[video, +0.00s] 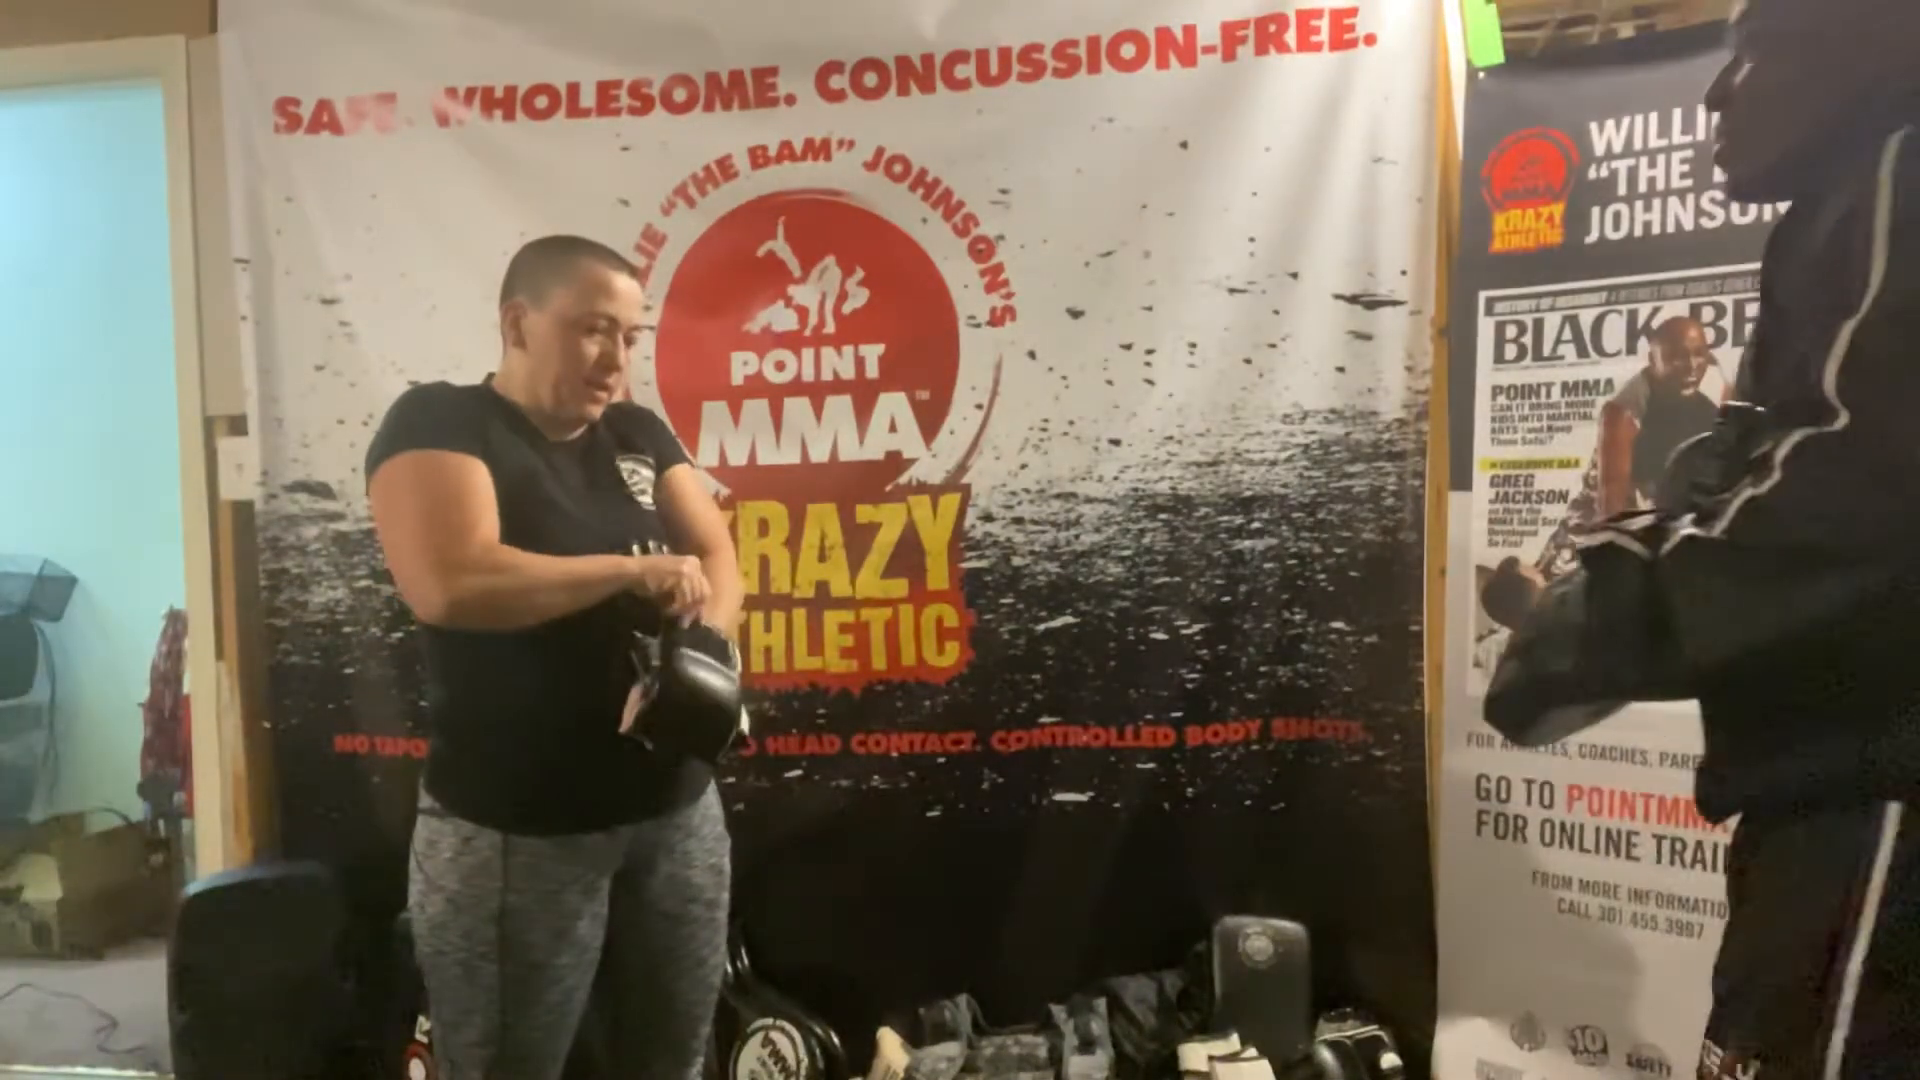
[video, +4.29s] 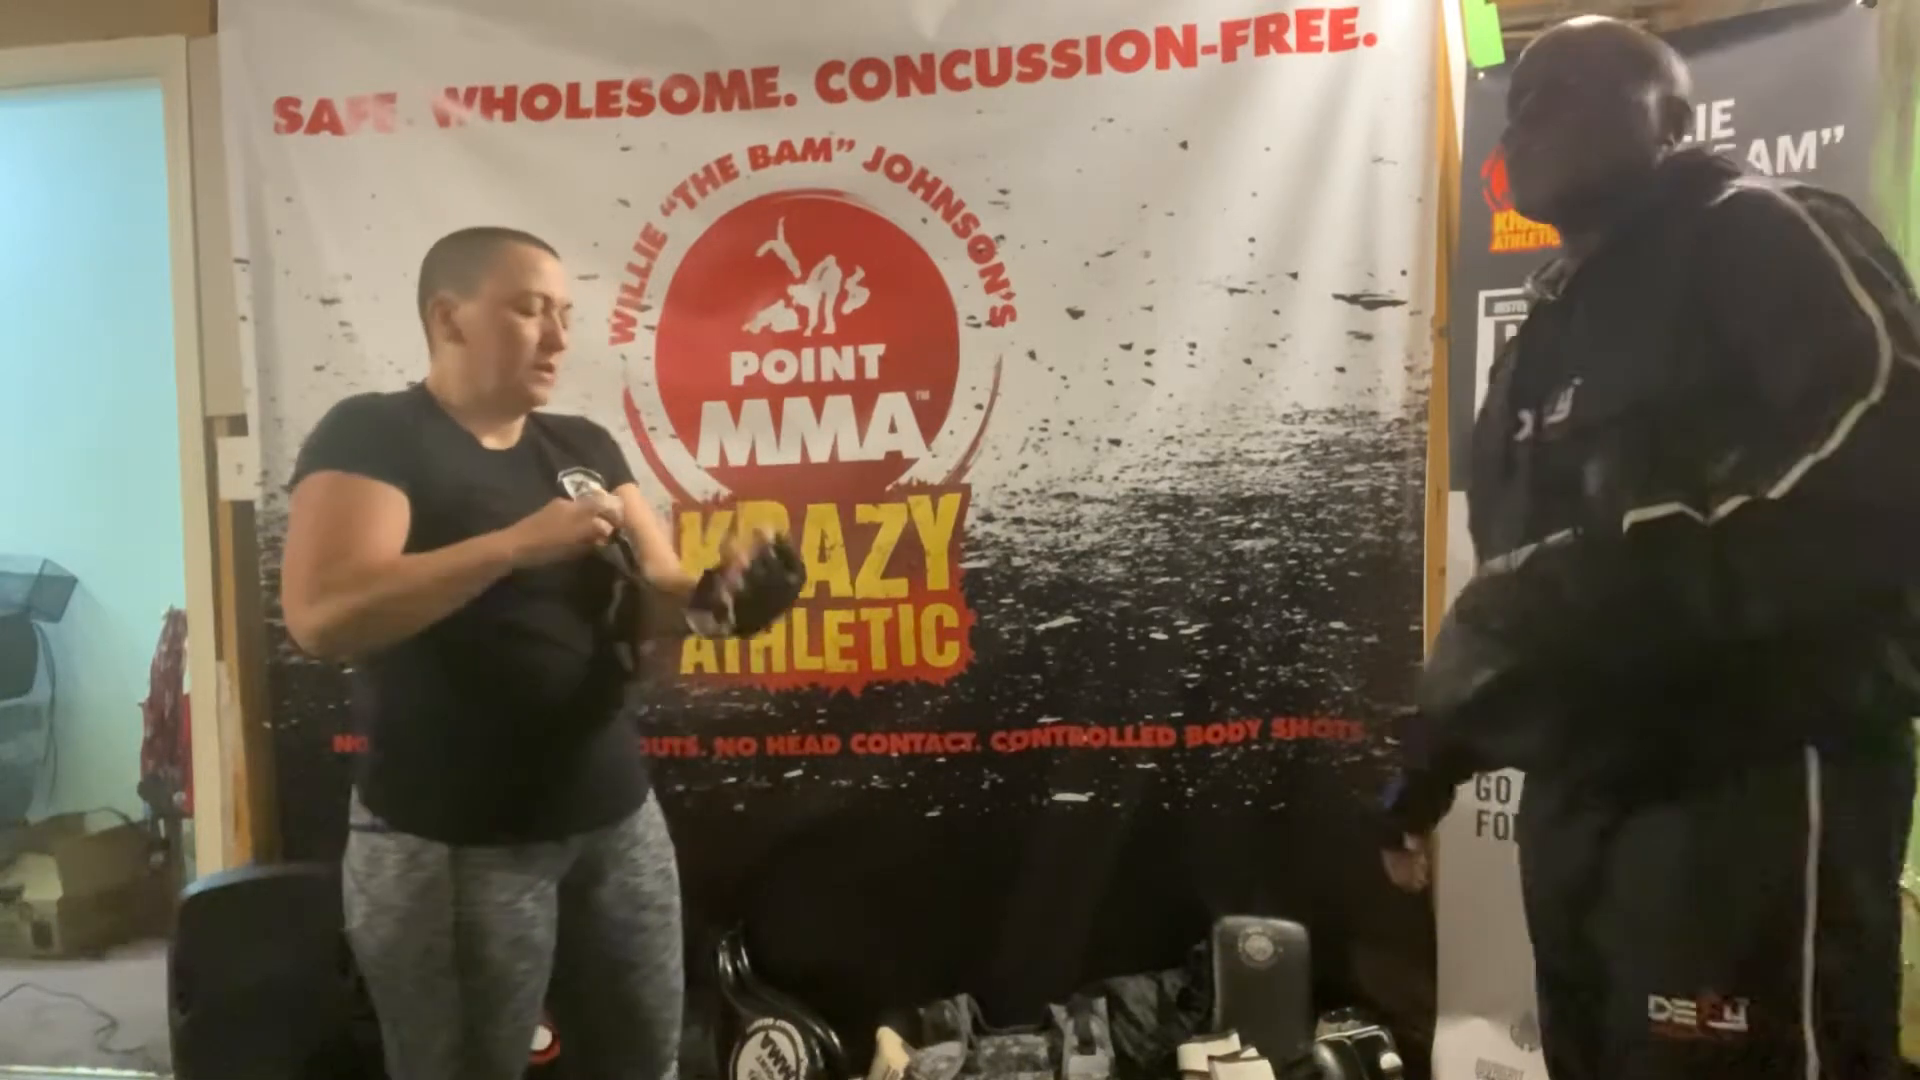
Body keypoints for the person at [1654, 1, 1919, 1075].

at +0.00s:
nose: (1718, 82)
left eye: (1755, 40)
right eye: (1730, 48)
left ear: (1868, 43)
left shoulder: (1892, 176)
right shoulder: (1846, 198)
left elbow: (1856, 474)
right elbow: (1766, 447)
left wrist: (1581, 620)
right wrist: (1593, 595)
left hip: (1869, 799)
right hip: (1824, 794)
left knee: (1816, 1052)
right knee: (1778, 1044)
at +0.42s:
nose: (1560, 48)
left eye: (1598, 16)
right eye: (1574, 23)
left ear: (1724, 33)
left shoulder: (1797, 199)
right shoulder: (1730, 209)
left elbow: (1780, 532)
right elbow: (1620, 479)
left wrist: (1497, 647)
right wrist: (1489, 611)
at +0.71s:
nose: (1402, 100)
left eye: (1439, 51)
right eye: (1416, 56)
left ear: (1556, 48)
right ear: (1555, 59)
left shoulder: (1619, 218)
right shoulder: (1583, 223)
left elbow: (1657, 563)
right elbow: (1525, 496)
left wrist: (1412, 684)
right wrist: (1434, 592)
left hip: (1704, 842)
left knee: (1676, 1061)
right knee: (1630, 1060)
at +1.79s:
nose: (1482, 148)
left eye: (1515, 108)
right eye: (1493, 112)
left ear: (1611, 112)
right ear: (1623, 116)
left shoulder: (1728, 236)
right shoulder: (1597, 276)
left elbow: (1799, 514)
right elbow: (1556, 529)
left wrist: (1495, 620)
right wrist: (1482, 753)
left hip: (1719, 801)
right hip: (1611, 796)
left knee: (1706, 1061)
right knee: (1612, 1059)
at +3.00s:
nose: (1638, 108)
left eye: (1667, 73)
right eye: (1648, 78)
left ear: (1774, 63)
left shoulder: (1891, 217)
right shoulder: (1701, 311)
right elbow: (1670, 581)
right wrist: (1610, 744)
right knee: (1643, 1052)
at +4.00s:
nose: (1608, 57)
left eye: (1654, 34)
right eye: (1617, 38)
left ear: (1765, 65)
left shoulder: (1846, 229)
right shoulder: (1639, 285)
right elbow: (1584, 548)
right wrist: (1533, 766)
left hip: (1794, 808)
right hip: (1635, 811)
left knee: (1799, 1053)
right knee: (1617, 1053)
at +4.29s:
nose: (1503, 142)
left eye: (1532, 104)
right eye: (1508, 116)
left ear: (1639, 112)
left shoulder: (1765, 230)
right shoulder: (1539, 338)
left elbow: (1890, 452)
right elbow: (1508, 591)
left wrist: (1598, 596)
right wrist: (1423, 768)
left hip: (1766, 775)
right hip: (1591, 790)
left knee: (1762, 1057)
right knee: (1595, 1053)